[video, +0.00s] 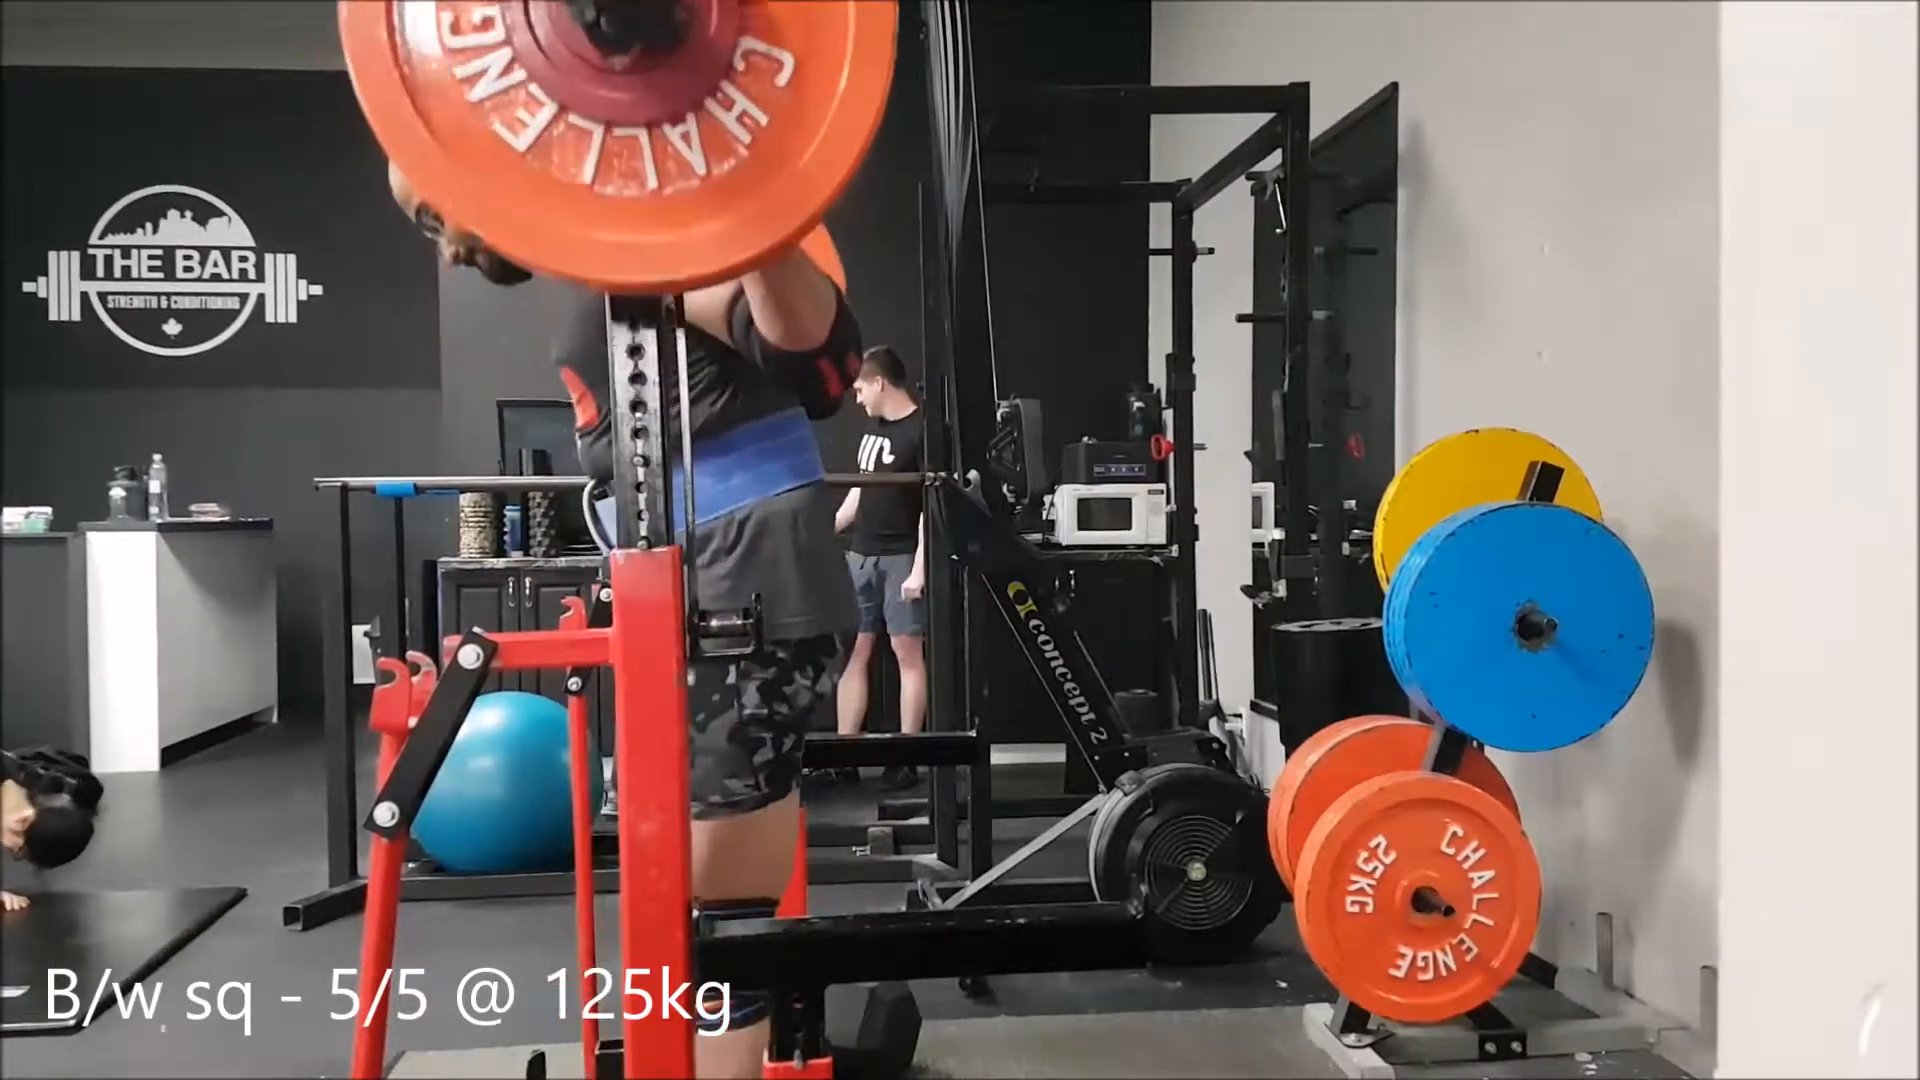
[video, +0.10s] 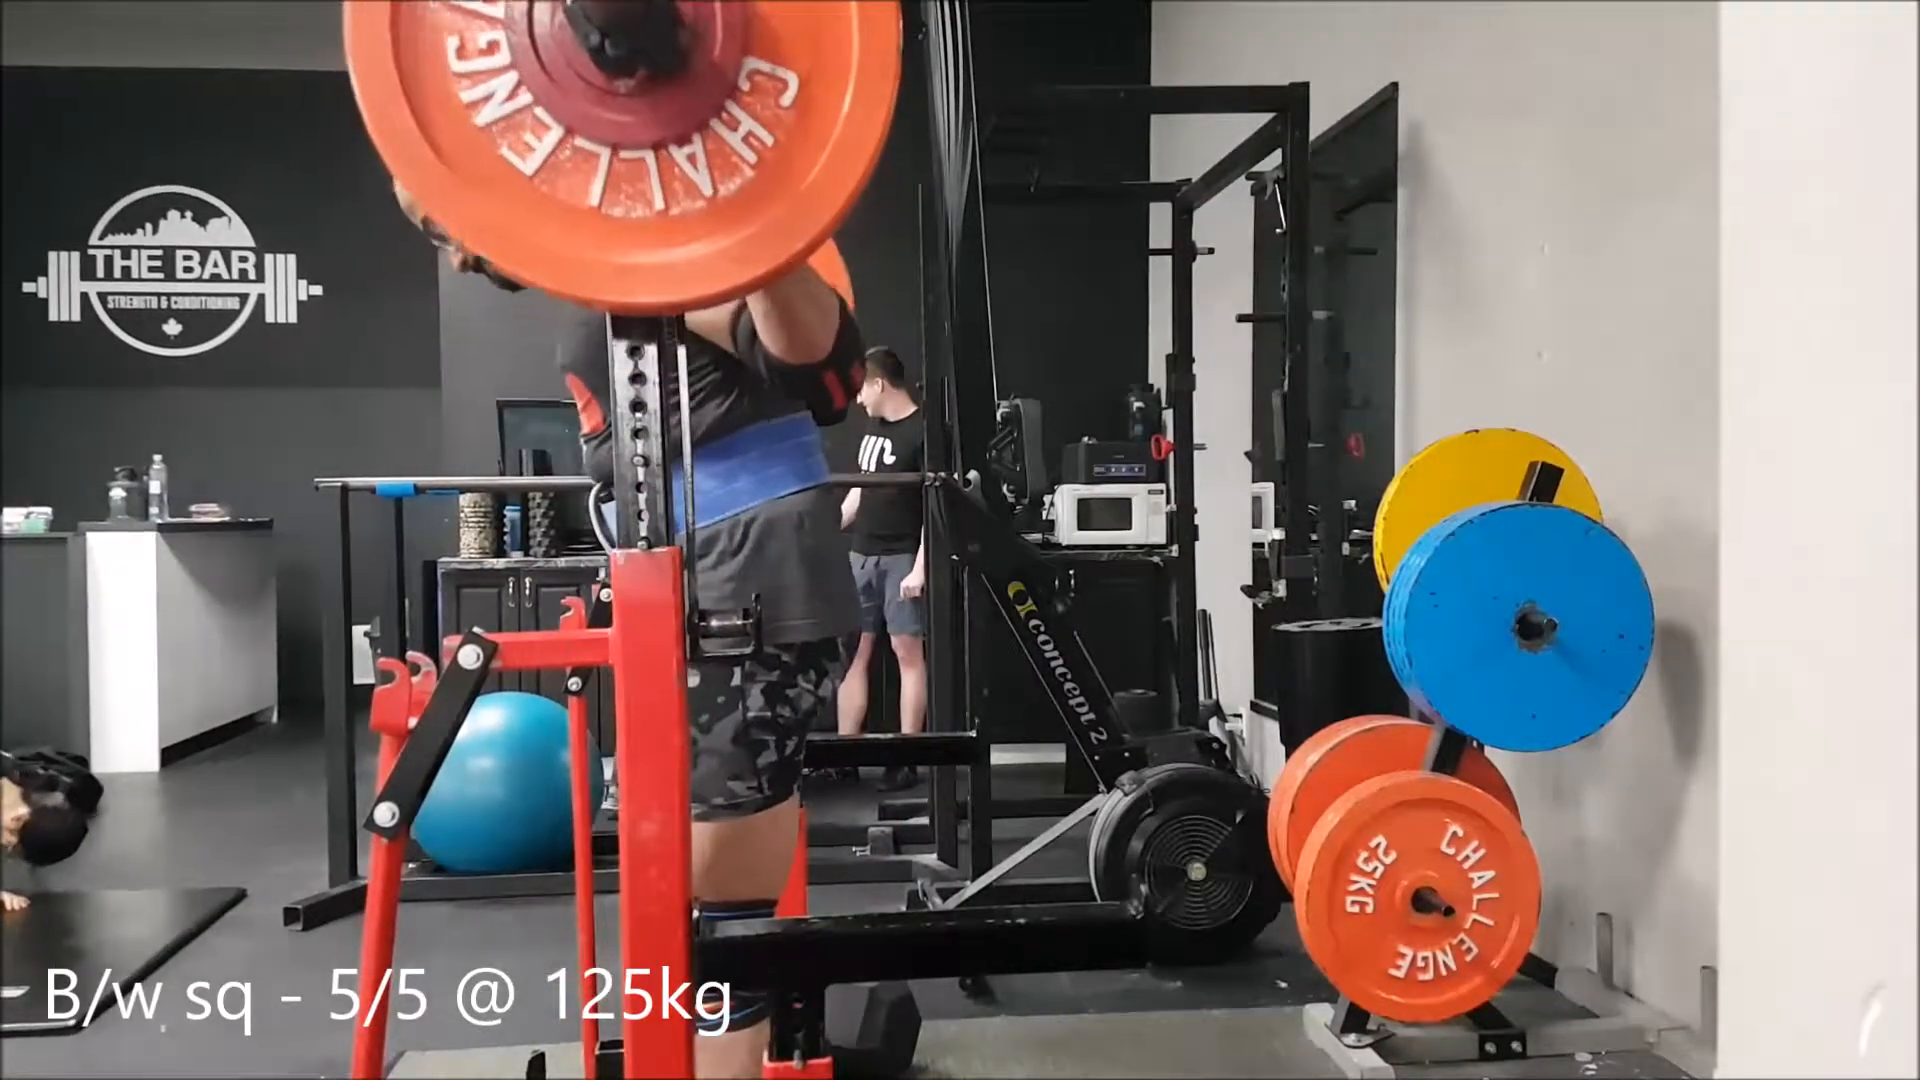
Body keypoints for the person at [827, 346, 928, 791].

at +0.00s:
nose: (857, 398)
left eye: (861, 389)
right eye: (856, 390)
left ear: (881, 383)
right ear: (879, 385)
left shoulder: (926, 429)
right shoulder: (873, 429)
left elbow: (932, 503)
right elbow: (862, 486)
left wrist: (920, 566)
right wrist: (834, 526)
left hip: (902, 557)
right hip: (860, 554)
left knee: (907, 654)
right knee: (855, 651)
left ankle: (907, 754)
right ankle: (844, 753)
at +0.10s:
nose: (859, 398)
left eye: (862, 388)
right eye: (858, 389)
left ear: (881, 383)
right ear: (881, 384)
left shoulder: (927, 429)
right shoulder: (873, 429)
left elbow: (938, 504)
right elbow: (863, 485)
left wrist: (922, 564)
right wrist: (835, 522)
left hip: (902, 558)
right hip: (861, 555)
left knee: (908, 654)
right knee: (854, 652)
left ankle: (908, 756)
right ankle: (844, 754)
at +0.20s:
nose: (859, 399)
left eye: (862, 389)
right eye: (858, 391)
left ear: (881, 384)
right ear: (881, 384)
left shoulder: (927, 430)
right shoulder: (874, 429)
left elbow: (939, 504)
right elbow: (863, 487)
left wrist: (921, 562)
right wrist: (830, 525)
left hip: (903, 559)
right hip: (862, 555)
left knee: (908, 654)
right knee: (854, 652)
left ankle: (908, 756)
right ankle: (844, 754)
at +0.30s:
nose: (861, 399)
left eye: (864, 389)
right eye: (861, 390)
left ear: (883, 384)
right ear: (882, 384)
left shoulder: (928, 430)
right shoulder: (874, 427)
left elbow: (937, 505)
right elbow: (863, 485)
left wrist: (919, 565)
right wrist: (838, 524)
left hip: (904, 559)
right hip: (863, 555)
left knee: (909, 655)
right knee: (854, 652)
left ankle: (908, 756)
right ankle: (844, 754)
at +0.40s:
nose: (863, 399)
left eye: (867, 389)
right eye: (862, 390)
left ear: (885, 384)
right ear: (879, 386)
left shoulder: (927, 429)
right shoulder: (873, 428)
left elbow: (935, 504)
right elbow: (859, 492)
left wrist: (916, 563)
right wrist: (838, 537)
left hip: (905, 558)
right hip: (864, 556)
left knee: (909, 655)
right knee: (854, 654)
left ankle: (908, 755)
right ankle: (844, 753)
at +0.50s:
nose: (862, 398)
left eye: (865, 389)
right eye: (860, 390)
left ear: (883, 382)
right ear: (876, 385)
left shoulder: (927, 429)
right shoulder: (870, 427)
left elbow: (936, 503)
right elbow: (863, 492)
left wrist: (914, 563)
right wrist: (839, 538)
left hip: (904, 557)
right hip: (862, 555)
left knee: (908, 654)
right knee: (856, 656)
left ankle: (909, 754)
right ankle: (842, 752)